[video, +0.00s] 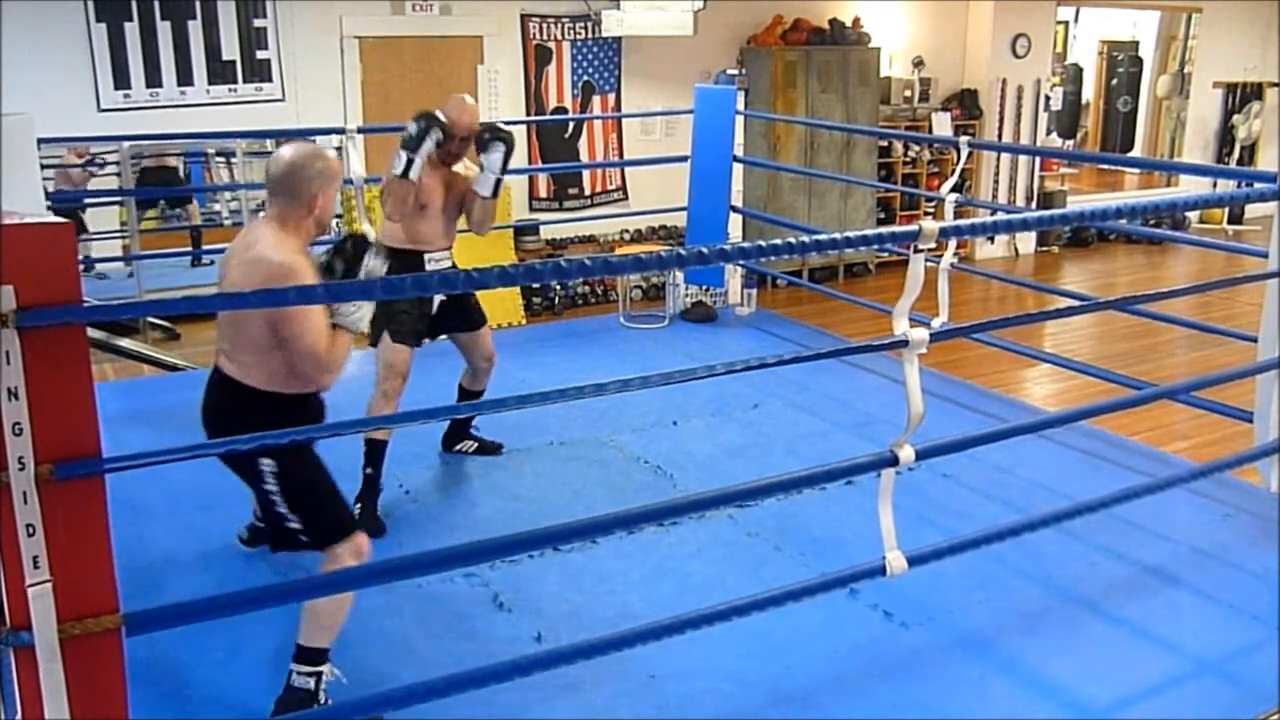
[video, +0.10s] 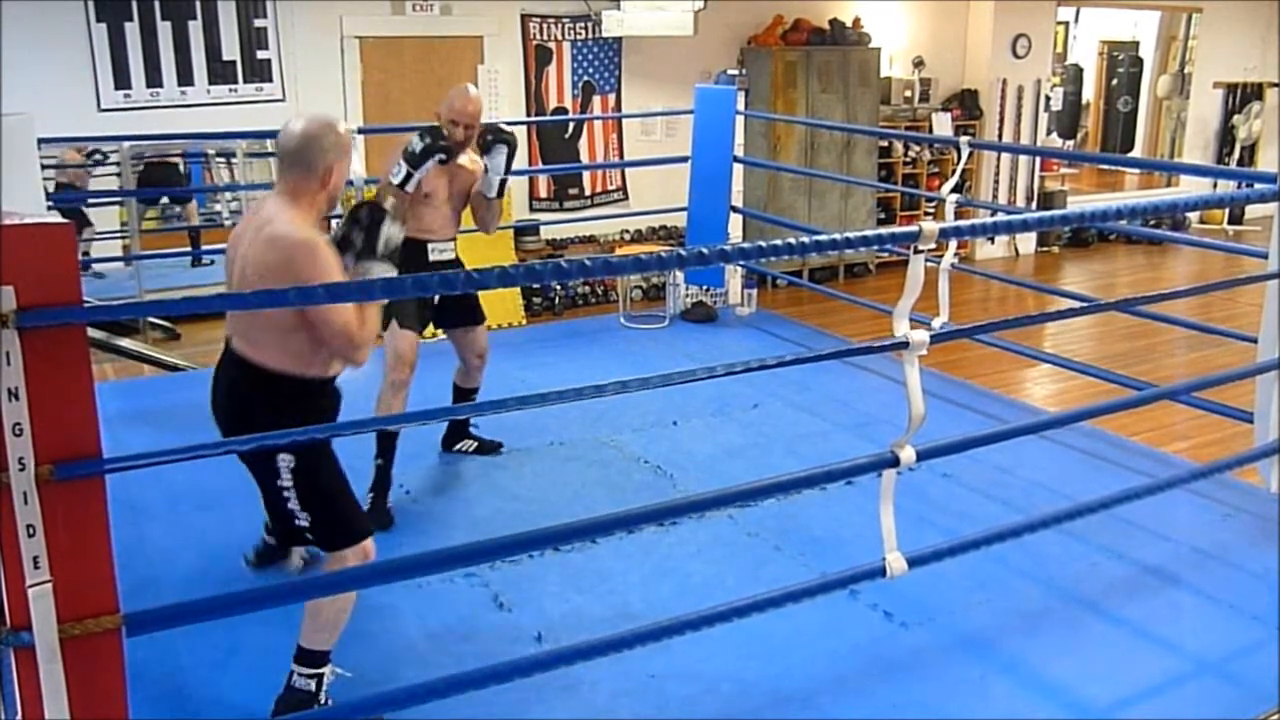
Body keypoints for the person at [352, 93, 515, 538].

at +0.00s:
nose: (460, 149)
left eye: (467, 142)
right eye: (454, 140)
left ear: (474, 139)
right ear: (437, 131)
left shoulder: (464, 172)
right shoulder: (411, 159)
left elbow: (480, 224)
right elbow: (395, 209)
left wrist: (491, 173)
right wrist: (410, 153)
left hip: (446, 272)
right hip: (403, 274)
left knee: (483, 359)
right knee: (390, 382)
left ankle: (458, 433)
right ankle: (369, 493)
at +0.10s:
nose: (460, 133)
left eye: (468, 127)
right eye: (453, 123)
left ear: (480, 126)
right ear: (439, 116)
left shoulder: (476, 163)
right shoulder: (415, 152)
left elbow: (488, 223)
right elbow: (383, 209)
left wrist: (496, 172)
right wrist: (411, 166)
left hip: (449, 262)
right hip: (408, 263)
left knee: (475, 354)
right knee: (400, 371)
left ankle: (457, 432)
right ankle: (380, 486)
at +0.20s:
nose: (456, 122)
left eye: (464, 115)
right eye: (449, 113)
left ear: (475, 114)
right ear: (433, 107)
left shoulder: (475, 153)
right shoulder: (412, 145)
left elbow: (489, 216)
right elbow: (387, 198)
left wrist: (490, 166)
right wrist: (407, 154)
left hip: (451, 253)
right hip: (408, 253)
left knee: (465, 352)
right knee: (405, 364)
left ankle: (456, 431)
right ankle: (392, 476)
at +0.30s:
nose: (447, 124)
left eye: (456, 116)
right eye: (439, 115)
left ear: (467, 115)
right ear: (425, 110)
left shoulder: (470, 156)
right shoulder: (406, 153)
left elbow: (487, 217)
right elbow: (391, 202)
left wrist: (482, 167)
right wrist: (402, 157)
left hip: (453, 261)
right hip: (408, 262)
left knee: (469, 356)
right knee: (405, 368)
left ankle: (456, 431)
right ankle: (396, 480)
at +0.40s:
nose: (438, 139)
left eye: (447, 130)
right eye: (431, 129)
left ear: (460, 131)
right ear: (418, 127)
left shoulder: (464, 172)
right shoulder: (403, 170)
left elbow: (489, 231)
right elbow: (384, 228)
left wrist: (481, 175)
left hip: (452, 275)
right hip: (409, 279)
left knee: (475, 364)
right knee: (407, 378)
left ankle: (457, 432)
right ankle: (398, 475)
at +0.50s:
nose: (434, 152)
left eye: (444, 142)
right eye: (426, 142)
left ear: (460, 140)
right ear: (414, 138)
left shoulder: (467, 178)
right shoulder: (395, 181)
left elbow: (490, 249)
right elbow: (378, 242)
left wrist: (477, 201)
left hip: (447, 291)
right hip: (404, 296)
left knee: (467, 371)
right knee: (407, 379)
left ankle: (457, 433)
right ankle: (406, 450)